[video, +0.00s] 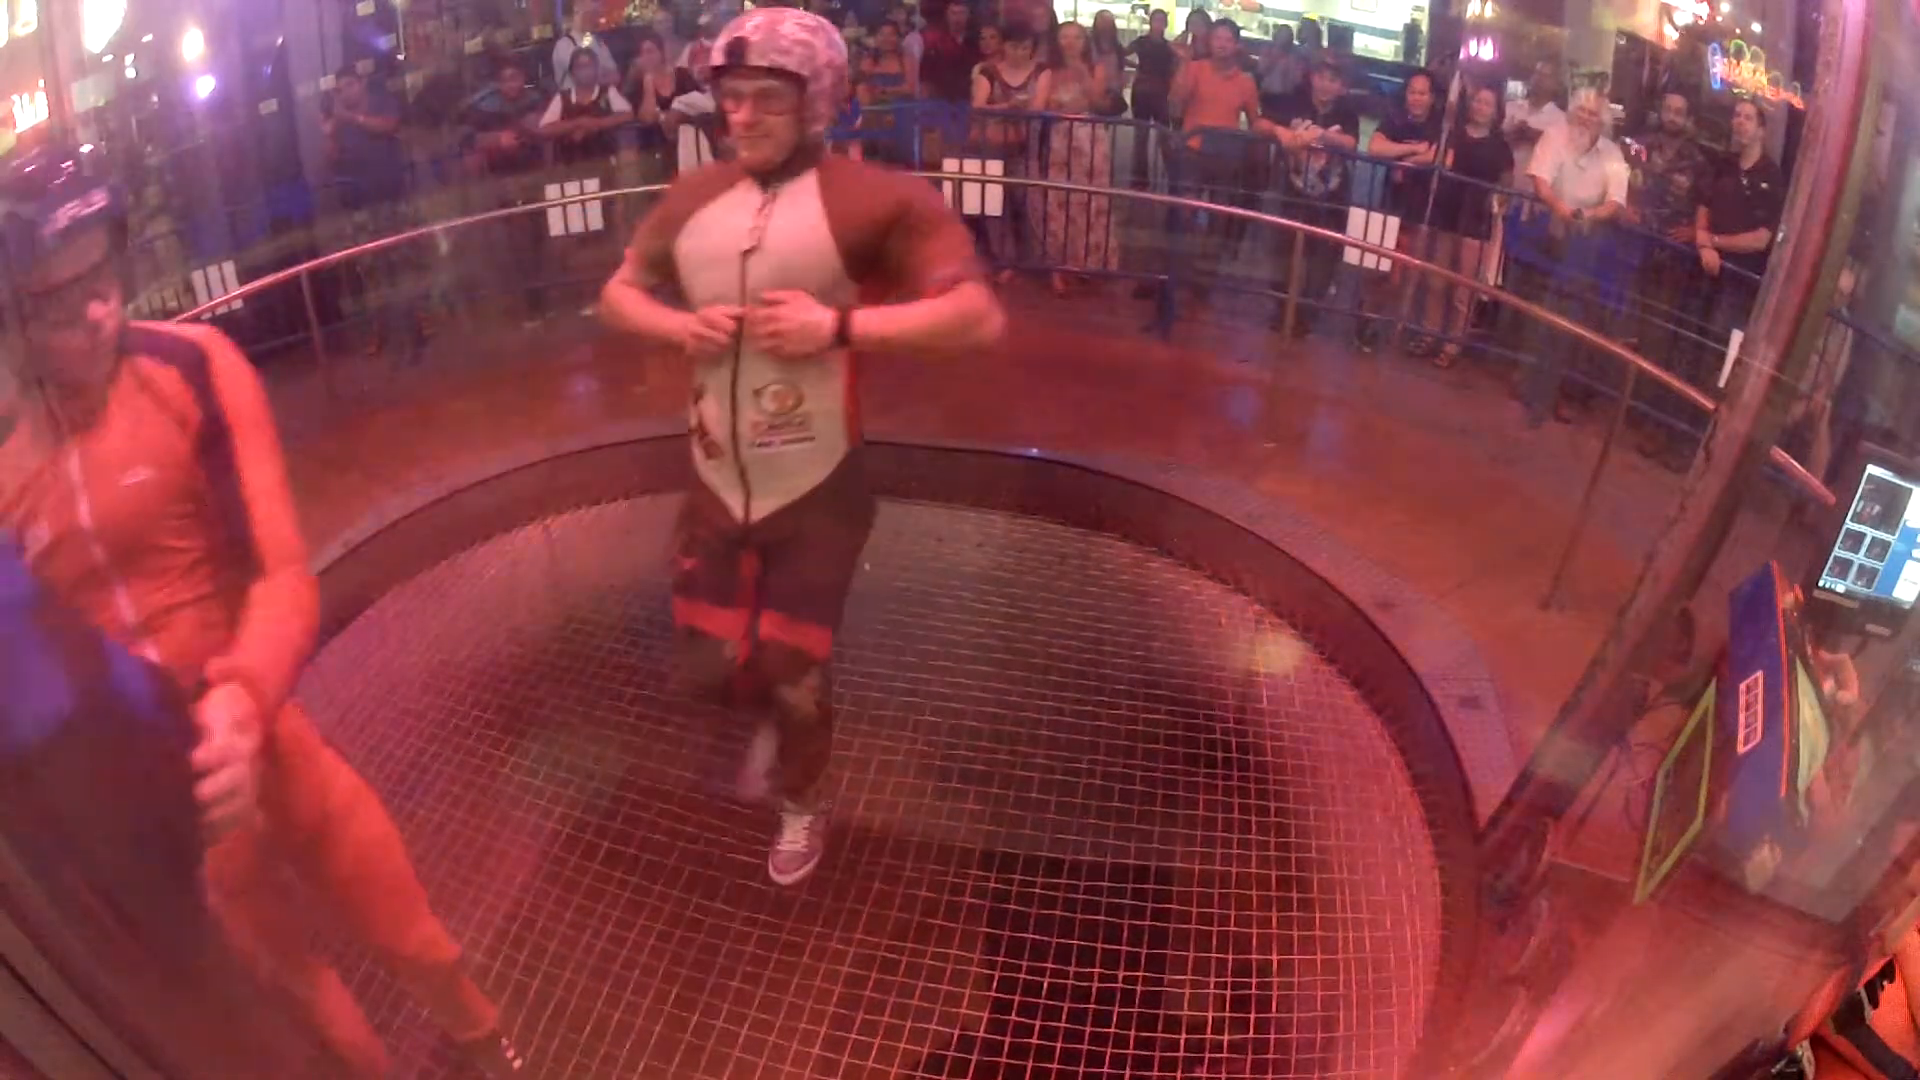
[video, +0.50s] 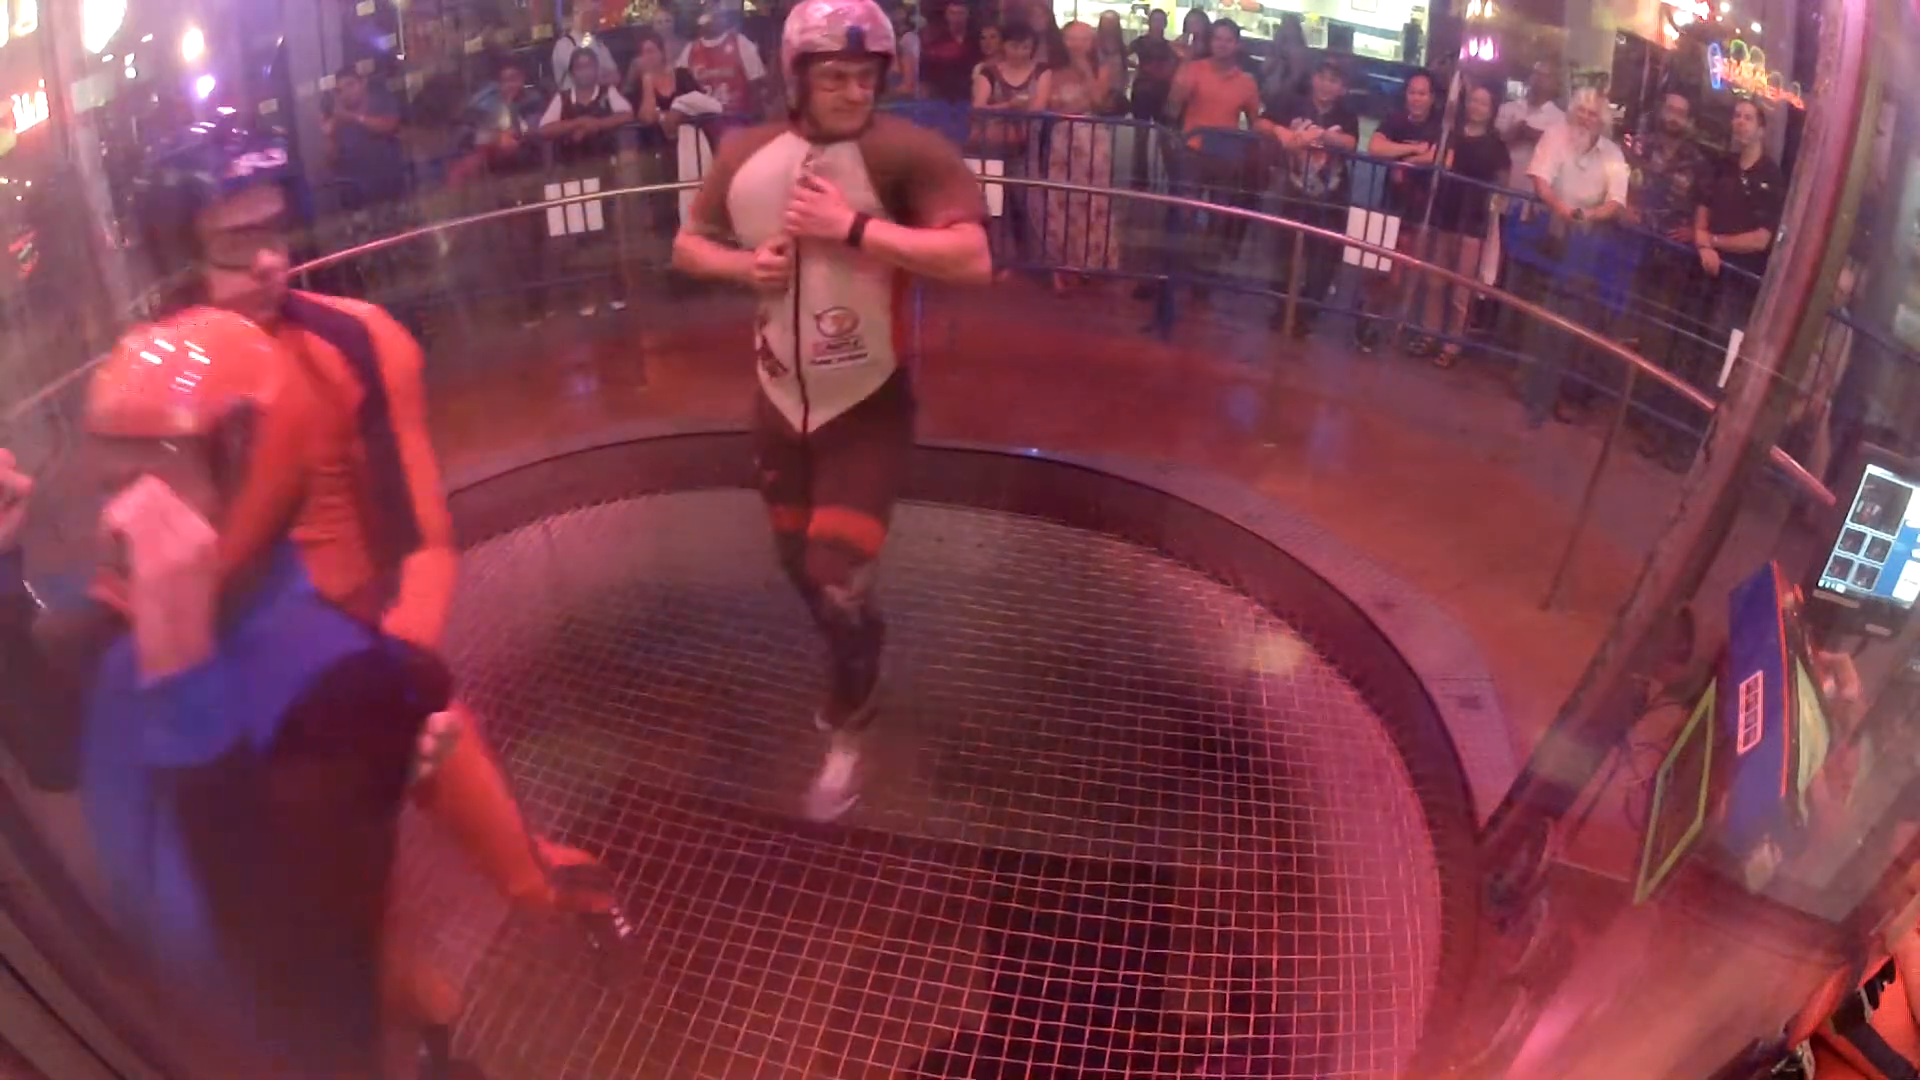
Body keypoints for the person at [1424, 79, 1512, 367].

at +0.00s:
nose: (1480, 107)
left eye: (1487, 103)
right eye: (1477, 101)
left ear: (1497, 111)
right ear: (1469, 104)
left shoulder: (1500, 148)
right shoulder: (1453, 137)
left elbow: (1506, 187)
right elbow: (1439, 166)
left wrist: (1495, 206)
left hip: (1476, 220)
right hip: (1444, 212)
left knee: (1463, 289)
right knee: (1435, 281)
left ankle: (1453, 342)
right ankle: (1429, 333)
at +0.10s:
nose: (1479, 107)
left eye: (1486, 104)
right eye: (1476, 101)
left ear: (1495, 111)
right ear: (1467, 104)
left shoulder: (1499, 146)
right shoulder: (1452, 137)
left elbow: (1506, 186)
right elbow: (1438, 166)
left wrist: (1498, 205)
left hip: (1475, 220)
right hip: (1443, 213)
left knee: (1462, 288)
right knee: (1433, 281)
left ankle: (1453, 341)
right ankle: (1428, 332)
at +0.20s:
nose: (1479, 107)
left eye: (1485, 103)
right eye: (1475, 101)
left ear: (1495, 111)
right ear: (1467, 104)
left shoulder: (1498, 146)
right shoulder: (1452, 137)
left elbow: (1504, 185)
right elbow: (1438, 167)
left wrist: (1497, 203)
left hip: (1474, 220)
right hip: (1443, 213)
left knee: (1462, 288)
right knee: (1434, 281)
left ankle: (1453, 342)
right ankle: (1429, 332)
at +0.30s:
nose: (1478, 107)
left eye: (1484, 103)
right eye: (1474, 101)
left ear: (1494, 111)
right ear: (1466, 104)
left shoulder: (1497, 147)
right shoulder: (1452, 138)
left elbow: (1503, 185)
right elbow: (1438, 168)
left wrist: (1494, 205)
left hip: (1474, 220)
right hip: (1443, 213)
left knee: (1462, 288)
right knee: (1434, 281)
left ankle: (1453, 341)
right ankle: (1429, 332)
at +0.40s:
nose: (1477, 107)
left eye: (1484, 103)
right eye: (1474, 101)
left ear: (1493, 110)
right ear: (1466, 104)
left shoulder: (1497, 147)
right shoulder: (1452, 139)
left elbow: (1503, 186)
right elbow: (1438, 168)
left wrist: (1495, 204)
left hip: (1474, 220)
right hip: (1443, 214)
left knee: (1462, 287)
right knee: (1434, 281)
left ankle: (1453, 341)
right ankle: (1429, 332)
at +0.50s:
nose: (1477, 107)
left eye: (1483, 103)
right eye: (1473, 101)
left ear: (1492, 110)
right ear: (1465, 104)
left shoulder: (1496, 146)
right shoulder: (1452, 138)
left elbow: (1502, 185)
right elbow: (1439, 169)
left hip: (1473, 219)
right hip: (1443, 213)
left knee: (1462, 286)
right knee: (1434, 280)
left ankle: (1452, 342)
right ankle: (1429, 333)